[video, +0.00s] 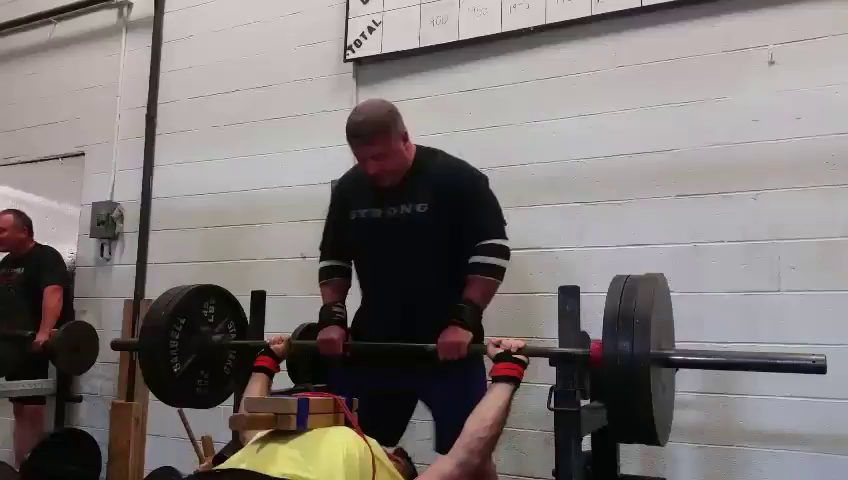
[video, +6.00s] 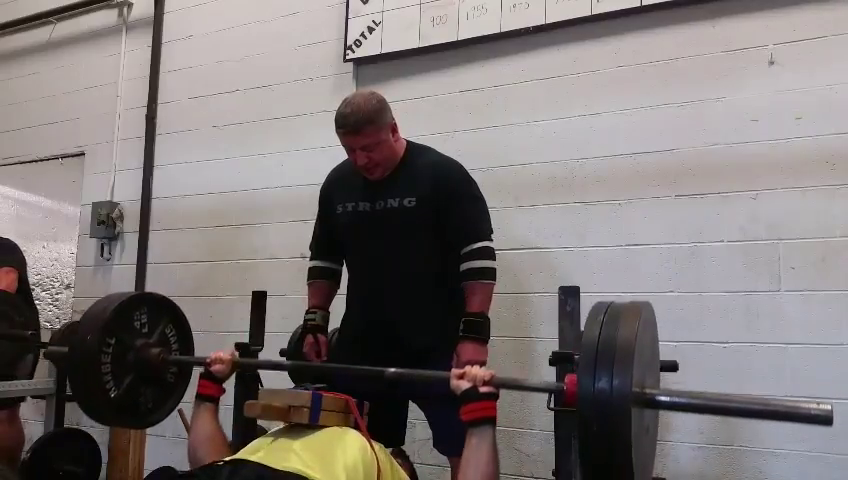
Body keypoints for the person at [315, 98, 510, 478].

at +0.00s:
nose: (371, 169)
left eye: (379, 158)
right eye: (363, 159)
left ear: (405, 140)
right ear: (352, 150)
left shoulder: (459, 181)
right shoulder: (349, 191)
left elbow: (491, 252)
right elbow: (334, 262)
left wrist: (464, 320)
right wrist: (333, 318)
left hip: (450, 344)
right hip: (378, 344)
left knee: (468, 459)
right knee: (360, 456)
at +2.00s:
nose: (366, 144)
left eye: (375, 133)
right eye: (356, 135)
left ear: (400, 120)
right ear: (348, 129)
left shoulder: (448, 166)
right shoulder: (342, 173)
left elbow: (479, 241)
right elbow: (326, 248)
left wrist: (456, 311)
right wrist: (325, 312)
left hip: (436, 341)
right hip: (360, 342)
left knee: (460, 456)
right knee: (356, 459)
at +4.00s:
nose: (369, 151)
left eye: (378, 140)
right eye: (360, 142)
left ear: (403, 127)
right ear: (352, 136)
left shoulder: (451, 177)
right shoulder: (345, 183)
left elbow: (486, 254)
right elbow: (328, 257)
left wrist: (486, 329)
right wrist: (316, 317)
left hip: (438, 345)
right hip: (365, 344)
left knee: (466, 455)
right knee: (367, 458)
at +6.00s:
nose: (361, 159)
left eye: (369, 148)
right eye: (351, 150)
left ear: (395, 131)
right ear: (342, 142)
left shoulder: (445, 177)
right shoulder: (338, 185)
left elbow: (478, 259)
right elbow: (325, 261)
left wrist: (474, 335)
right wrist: (315, 323)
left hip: (438, 339)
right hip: (365, 338)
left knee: (463, 450)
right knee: (367, 451)